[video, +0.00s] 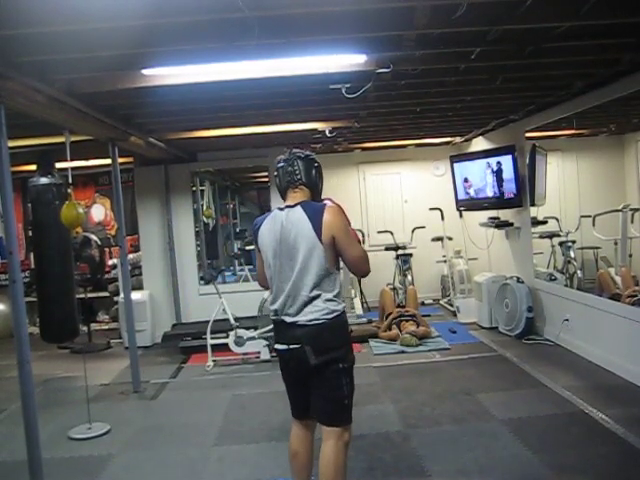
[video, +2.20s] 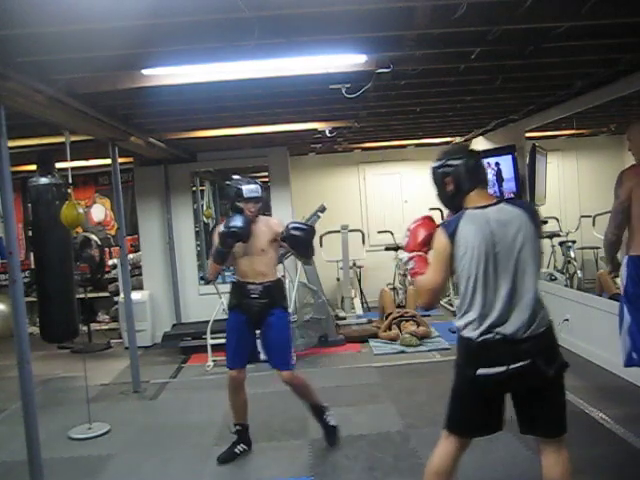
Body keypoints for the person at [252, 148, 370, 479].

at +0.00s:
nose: (319, 182)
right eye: (317, 177)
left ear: (279, 184)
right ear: (313, 179)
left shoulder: (264, 226)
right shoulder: (327, 213)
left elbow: (263, 280)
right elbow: (361, 268)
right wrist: (353, 241)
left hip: (285, 337)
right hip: (327, 336)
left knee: (301, 422)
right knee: (335, 430)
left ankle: (300, 476)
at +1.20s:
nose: (343, 192)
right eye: (343, 186)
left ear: (307, 193)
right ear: (342, 190)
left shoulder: (292, 234)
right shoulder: (356, 222)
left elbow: (290, 288)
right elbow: (389, 276)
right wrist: (367, 244)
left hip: (309, 351)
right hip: (354, 348)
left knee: (314, 426)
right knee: (384, 437)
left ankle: (305, 475)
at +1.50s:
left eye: (339, 179)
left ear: (340, 184)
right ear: (379, 176)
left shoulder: (329, 228)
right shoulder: (404, 210)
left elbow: (326, 288)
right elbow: (435, 263)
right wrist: (403, 234)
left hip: (355, 349)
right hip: (403, 346)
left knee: (361, 429)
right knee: (404, 448)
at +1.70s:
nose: (357, 186)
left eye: (357, 181)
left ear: (360, 186)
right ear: (398, 179)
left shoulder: (348, 226)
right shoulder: (428, 215)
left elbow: (337, 286)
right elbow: (448, 272)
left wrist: (343, 238)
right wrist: (419, 242)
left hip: (373, 353)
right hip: (423, 350)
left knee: (383, 433)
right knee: (450, 441)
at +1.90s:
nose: (376, 186)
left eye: (376, 180)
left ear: (383, 183)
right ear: (419, 178)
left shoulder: (376, 221)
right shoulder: (458, 210)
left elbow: (366, 284)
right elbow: (470, 273)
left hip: (406, 349)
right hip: (460, 344)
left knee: (399, 435)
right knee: (495, 434)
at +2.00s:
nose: (393, 185)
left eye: (394, 179)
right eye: (393, 179)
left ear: (400, 183)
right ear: (436, 177)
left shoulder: (399, 225)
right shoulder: (476, 213)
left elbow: (384, 286)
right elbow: (490, 269)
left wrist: (387, 254)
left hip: (432, 351)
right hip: (486, 345)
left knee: (412, 438)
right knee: (517, 438)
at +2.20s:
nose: (440, 192)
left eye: (440, 185)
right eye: (438, 185)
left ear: (451, 183)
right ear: (483, 177)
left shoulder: (450, 230)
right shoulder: (526, 214)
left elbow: (428, 294)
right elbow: (528, 266)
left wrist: (418, 257)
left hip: (480, 357)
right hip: (537, 351)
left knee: (454, 440)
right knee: (553, 444)